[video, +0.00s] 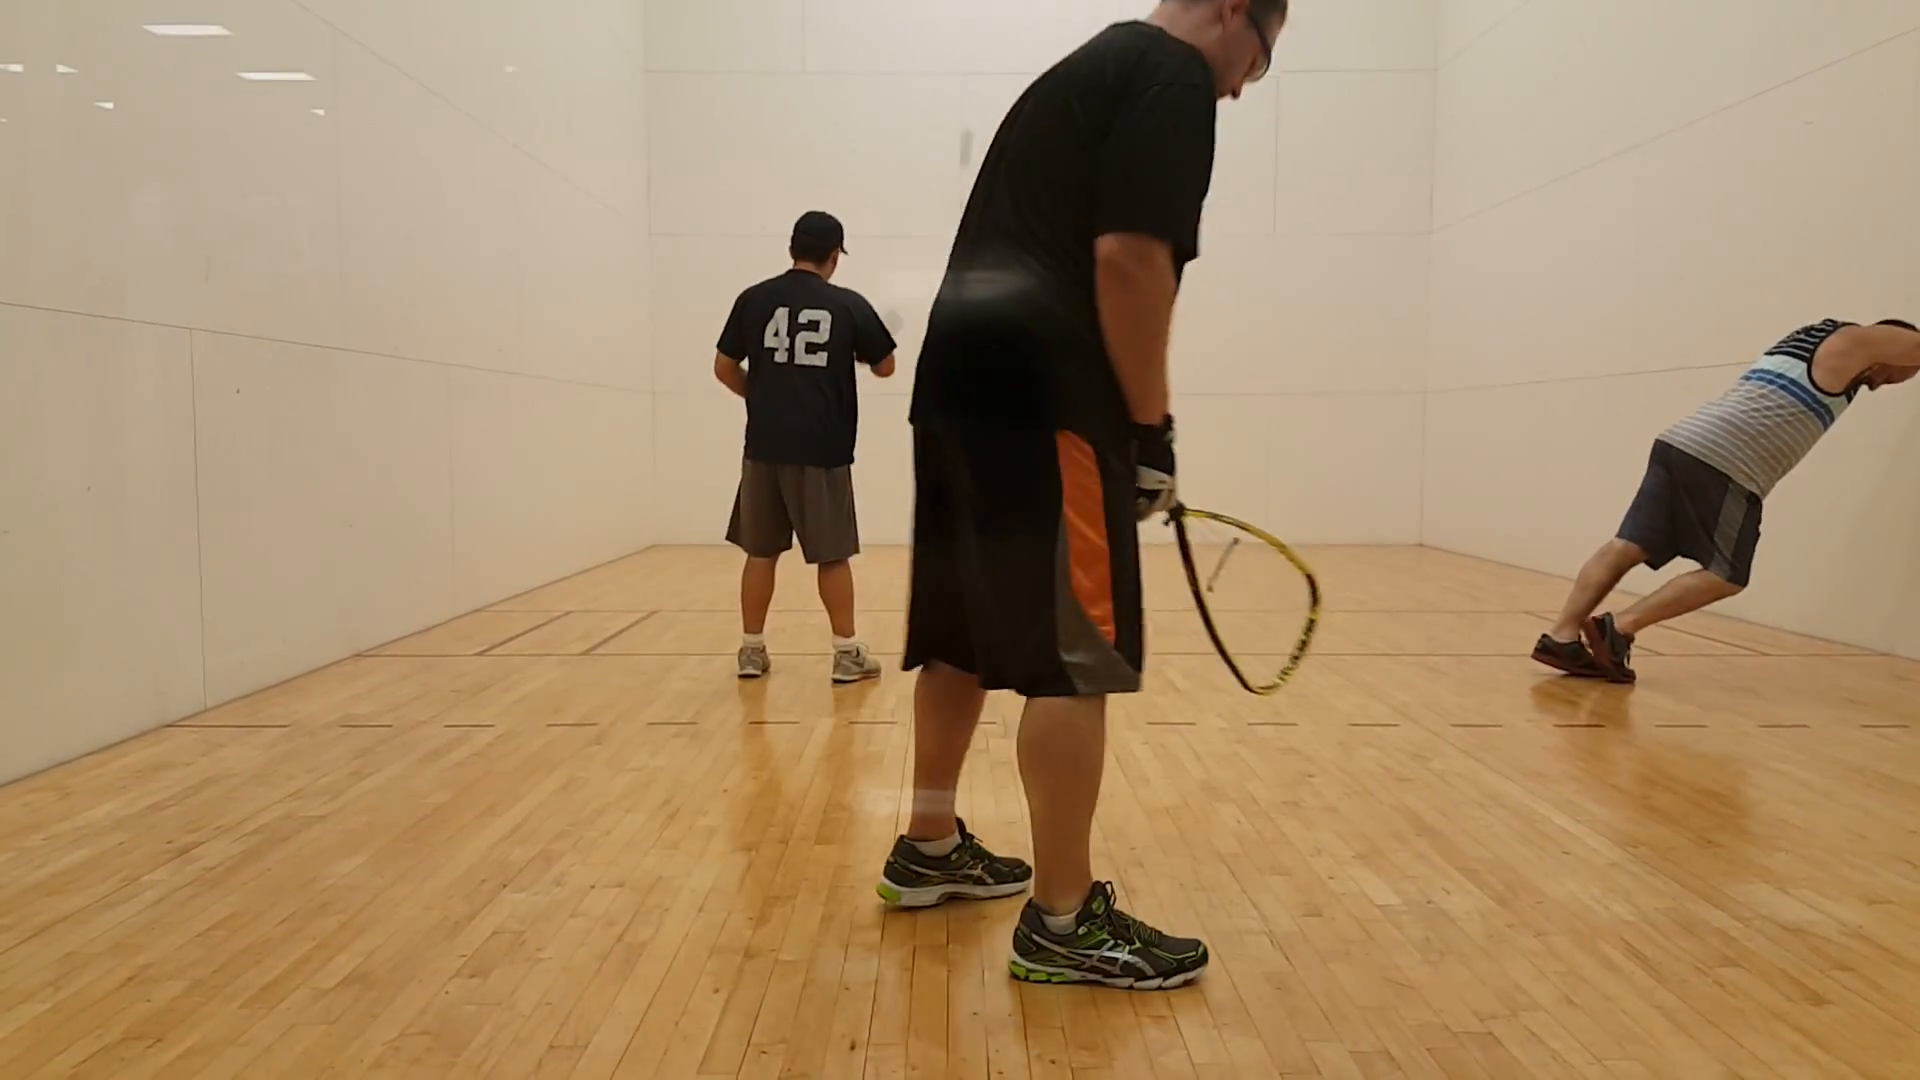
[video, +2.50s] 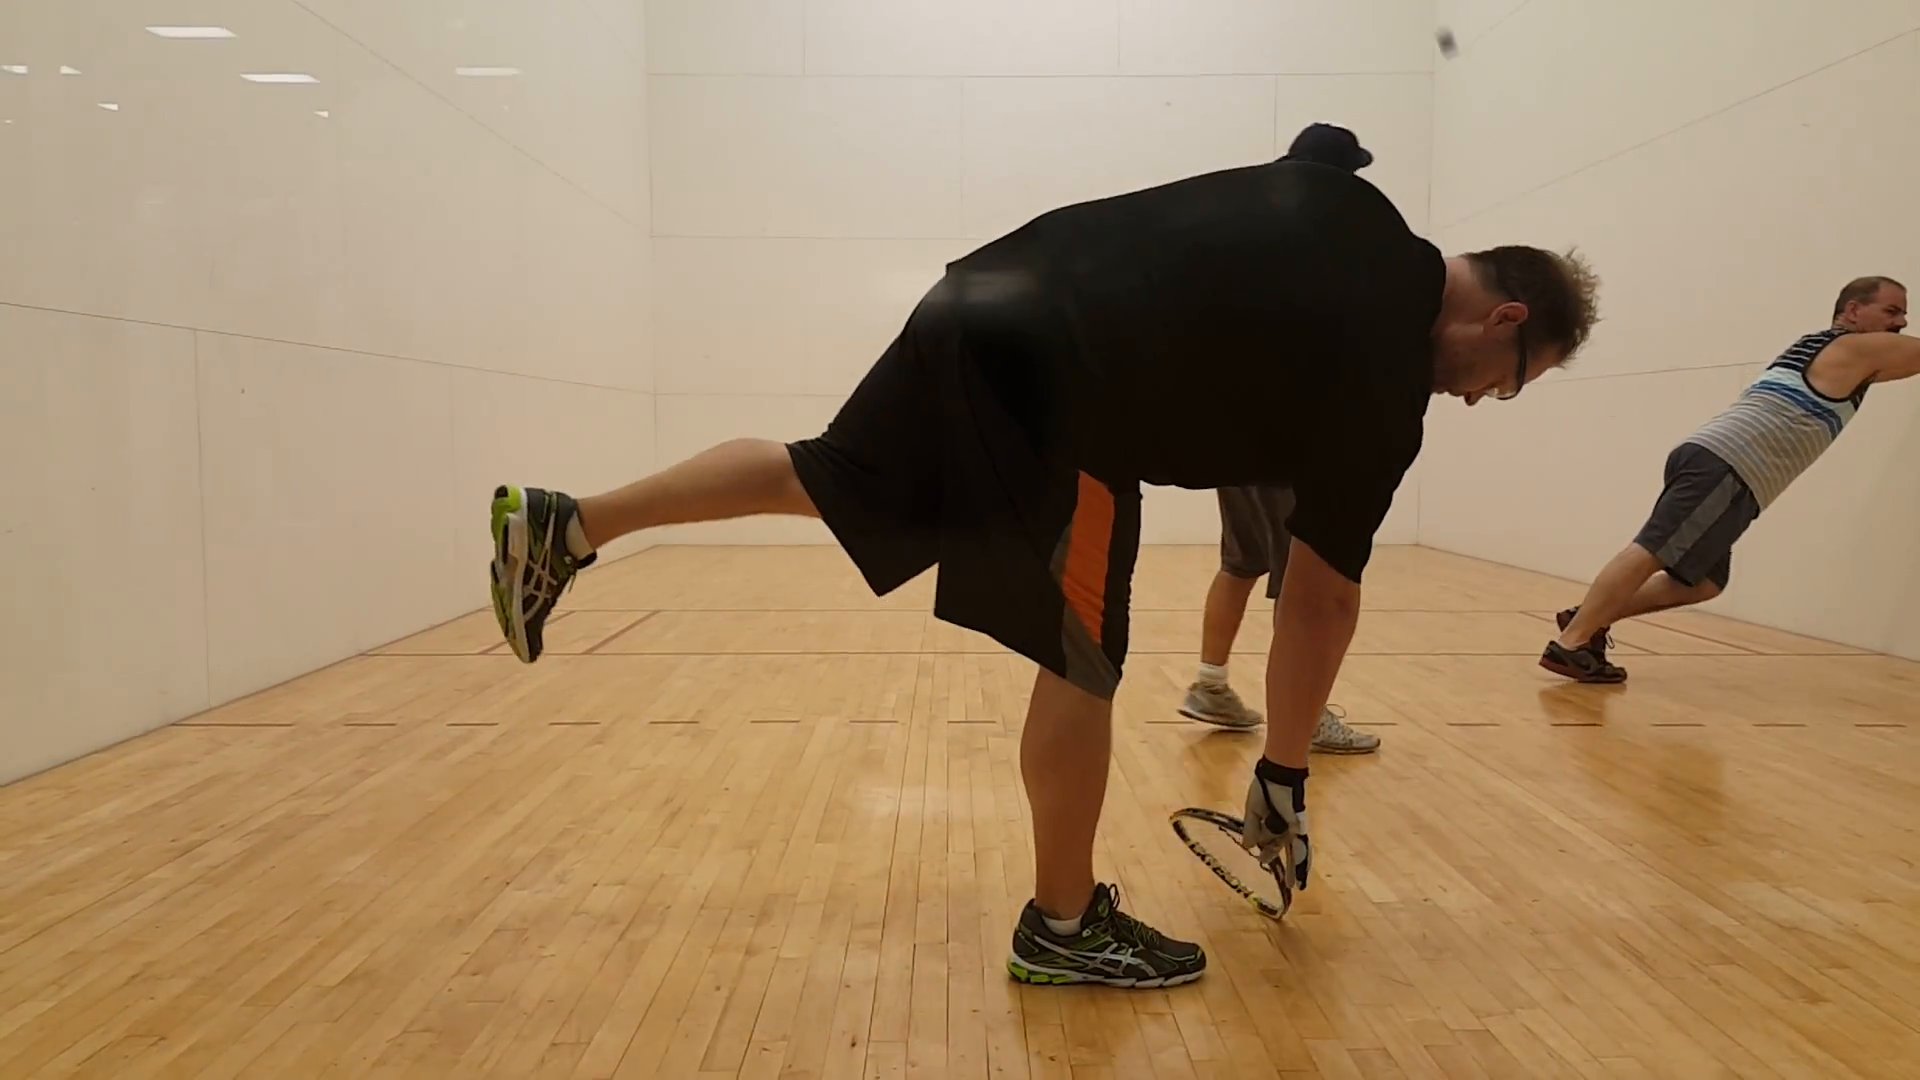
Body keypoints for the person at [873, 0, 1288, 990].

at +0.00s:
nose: (1252, 81)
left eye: (1261, 66)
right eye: (1259, 56)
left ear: (1185, 7)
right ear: (1229, 11)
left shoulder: (1085, 70)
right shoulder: (1170, 78)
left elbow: (1035, 257)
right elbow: (1130, 259)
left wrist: (1117, 428)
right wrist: (1152, 426)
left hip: (958, 390)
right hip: (1046, 397)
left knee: (958, 619)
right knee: (1074, 658)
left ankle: (928, 842)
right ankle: (1065, 917)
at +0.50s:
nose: (1385, 34)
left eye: (1394, 21)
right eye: (1390, 11)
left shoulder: (1181, 22)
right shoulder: (1266, 60)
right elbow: (1206, 280)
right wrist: (1201, 472)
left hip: (1007, 371)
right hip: (1098, 403)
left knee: (951, 593)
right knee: (1082, 665)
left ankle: (811, 786)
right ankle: (1065, 916)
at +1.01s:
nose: (1505, 192)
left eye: (1524, 176)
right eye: (1523, 165)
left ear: (1459, 78)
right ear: (1493, 110)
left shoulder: (1281, 56)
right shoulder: (1378, 242)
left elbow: (1111, 145)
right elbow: (1326, 462)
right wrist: (1296, 652)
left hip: (978, 310)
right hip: (1086, 390)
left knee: (855, 463)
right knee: (1115, 655)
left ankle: (624, 536)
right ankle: (1068, 926)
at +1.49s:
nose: (1514, 308)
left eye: (1534, 295)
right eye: (1533, 284)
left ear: (1481, 186)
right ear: (1505, 224)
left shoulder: (1319, 122)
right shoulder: (1360, 338)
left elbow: (1145, 164)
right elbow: (1304, 545)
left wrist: (1083, 246)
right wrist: (1272, 724)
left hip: (986, 296)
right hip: (1063, 398)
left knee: (827, 408)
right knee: (1079, 663)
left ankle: (591, 385)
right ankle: (1064, 920)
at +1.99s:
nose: (1499, 337)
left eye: (1521, 326)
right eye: (1523, 314)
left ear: (1478, 213)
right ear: (1506, 249)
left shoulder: (1325, 140)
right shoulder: (1375, 342)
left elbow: (1151, 171)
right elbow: (1319, 563)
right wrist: (1283, 733)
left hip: (978, 301)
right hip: (1058, 396)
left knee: (832, 446)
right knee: (1077, 657)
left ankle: (588, 444)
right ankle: (1064, 920)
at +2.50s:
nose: (1480, 398)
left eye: (1501, 387)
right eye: (1503, 379)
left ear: (1481, 276)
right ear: (1499, 315)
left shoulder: (1342, 197)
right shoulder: (1377, 383)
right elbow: (1318, 604)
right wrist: (1283, 778)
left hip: (977, 298)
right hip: (1064, 399)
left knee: (835, 474)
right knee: (1081, 662)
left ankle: (574, 527)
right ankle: (1062, 922)